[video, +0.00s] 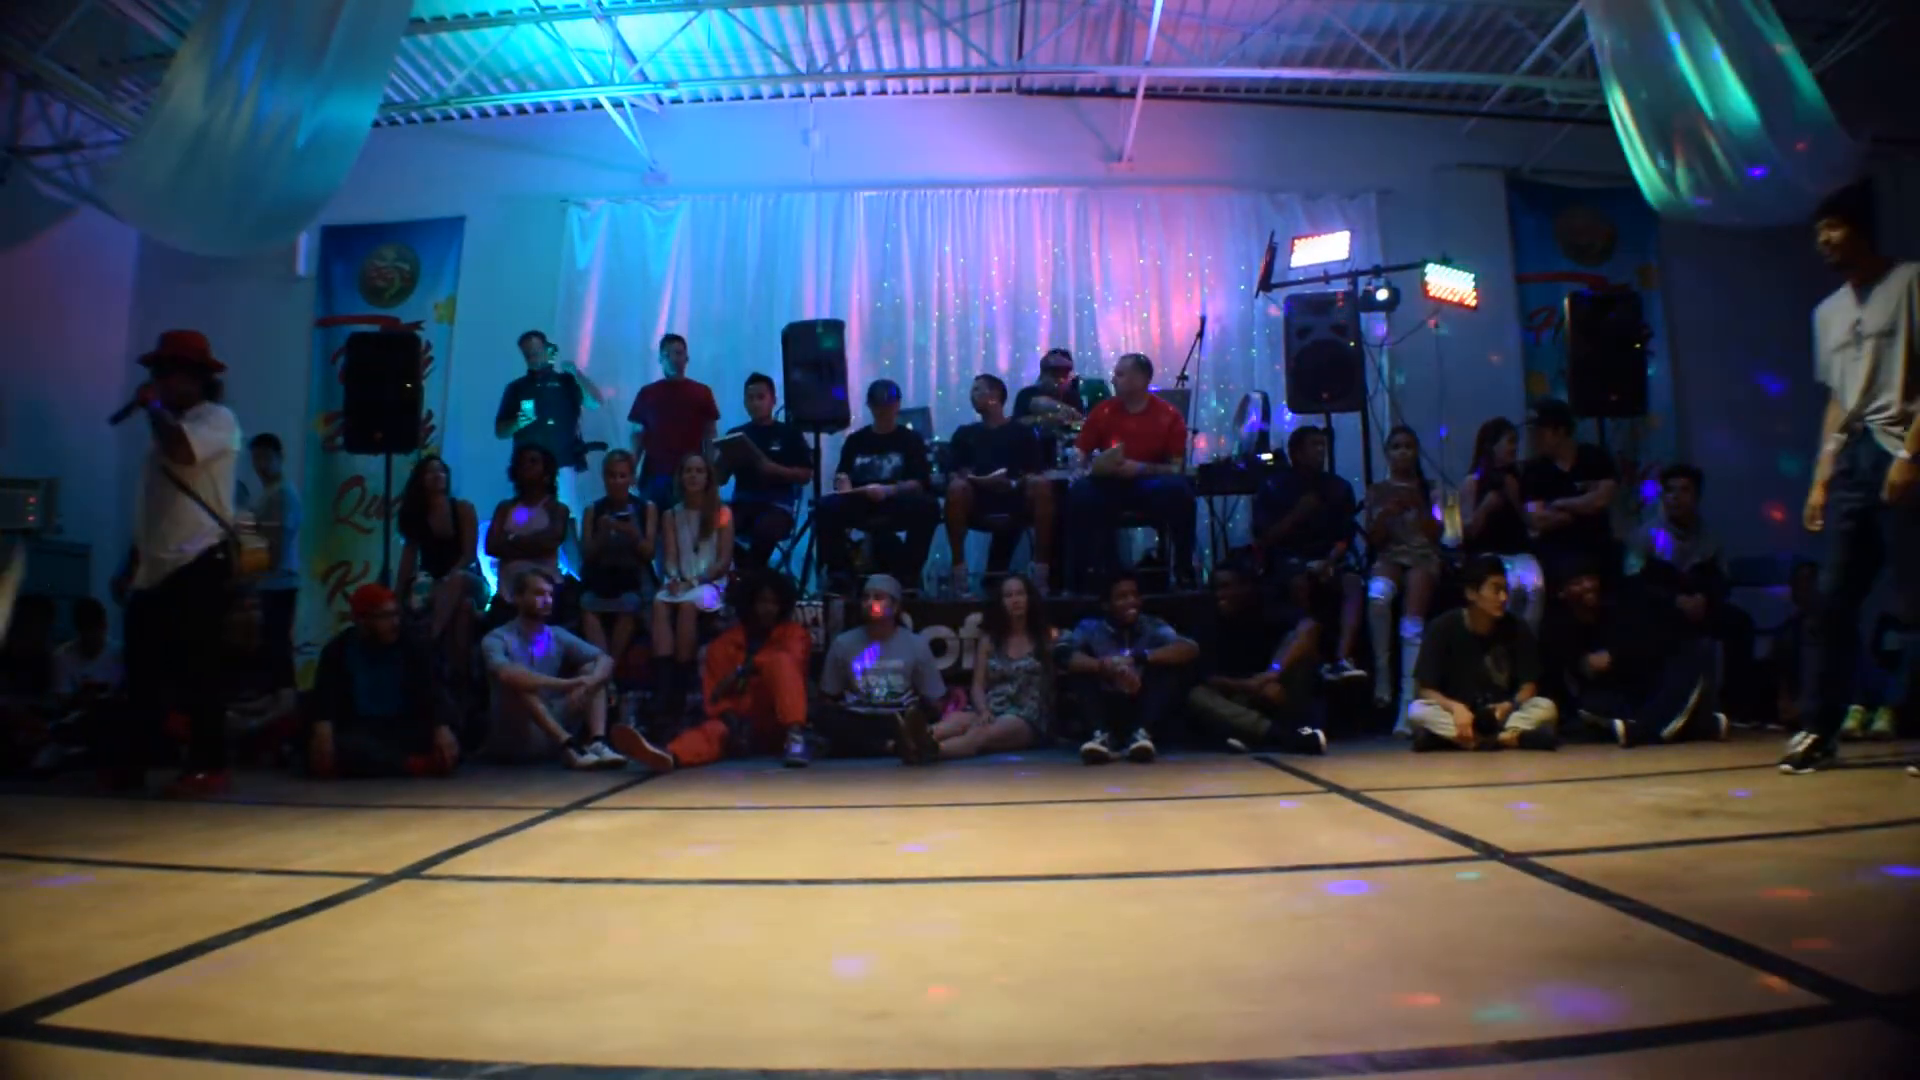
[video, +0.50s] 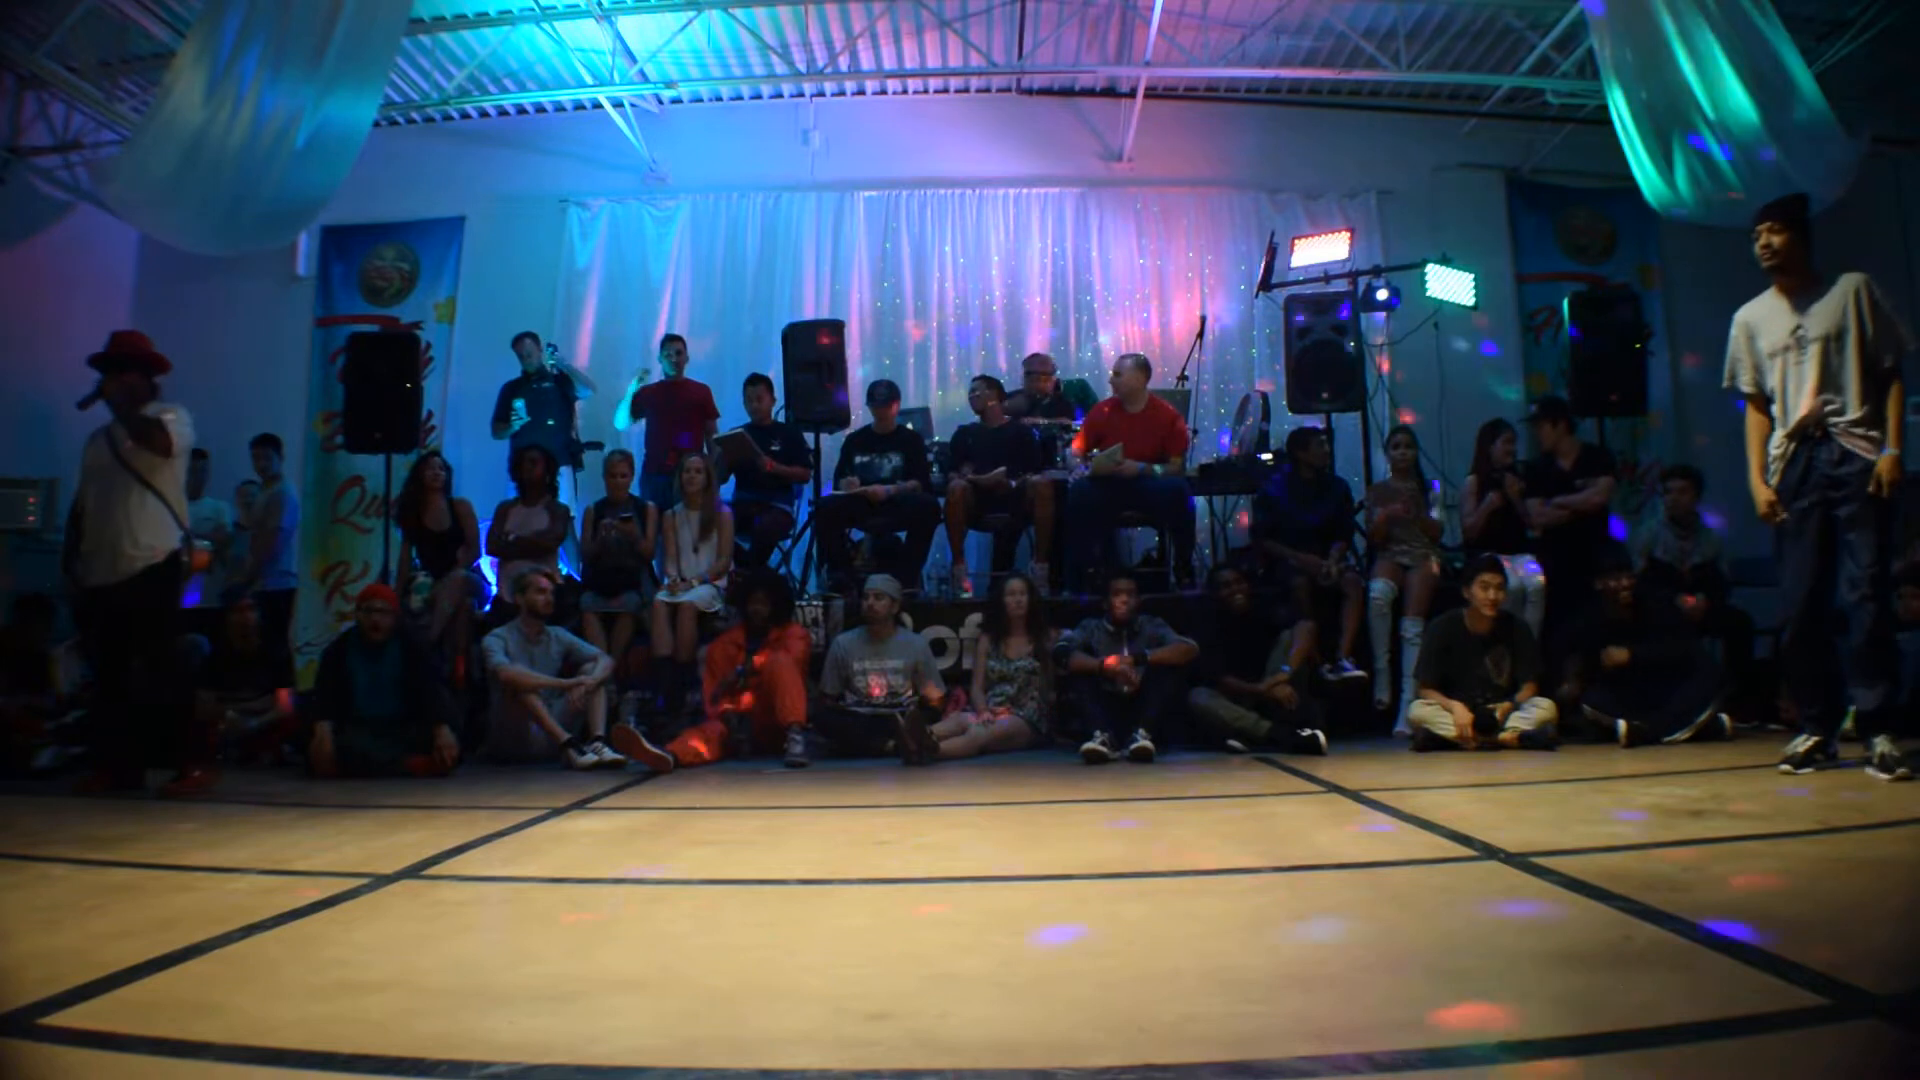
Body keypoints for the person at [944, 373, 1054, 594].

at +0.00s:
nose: (973, 395)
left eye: (979, 391)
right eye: (973, 391)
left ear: (996, 398)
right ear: (972, 400)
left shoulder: (1021, 432)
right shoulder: (965, 433)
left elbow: (1033, 472)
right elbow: (955, 473)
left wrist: (1009, 483)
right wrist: (983, 481)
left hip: (1012, 492)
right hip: (978, 493)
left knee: (1041, 486)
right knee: (957, 488)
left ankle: (1041, 566)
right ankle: (958, 566)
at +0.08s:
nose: (973, 395)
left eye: (978, 391)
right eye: (972, 391)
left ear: (996, 397)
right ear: (972, 401)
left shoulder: (1022, 432)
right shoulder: (964, 434)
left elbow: (1033, 472)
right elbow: (956, 473)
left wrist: (1010, 483)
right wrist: (983, 481)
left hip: (1012, 491)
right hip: (978, 493)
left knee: (1041, 486)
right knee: (957, 488)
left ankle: (1041, 565)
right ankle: (958, 566)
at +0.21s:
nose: (973, 395)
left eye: (979, 390)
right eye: (972, 391)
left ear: (996, 396)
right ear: (971, 401)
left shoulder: (1021, 432)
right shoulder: (964, 434)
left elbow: (1033, 471)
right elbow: (955, 472)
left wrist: (1009, 482)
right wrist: (982, 481)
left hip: (1011, 490)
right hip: (977, 491)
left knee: (1041, 486)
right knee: (957, 488)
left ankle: (1041, 565)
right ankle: (957, 565)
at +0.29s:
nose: (971, 395)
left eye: (976, 390)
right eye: (970, 391)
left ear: (994, 396)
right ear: (971, 402)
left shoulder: (1021, 432)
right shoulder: (964, 433)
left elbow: (1034, 471)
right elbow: (953, 473)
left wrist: (1011, 483)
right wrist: (980, 481)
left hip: (1013, 493)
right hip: (977, 493)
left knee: (1042, 486)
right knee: (957, 489)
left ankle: (1041, 564)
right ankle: (958, 566)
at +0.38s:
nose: (971, 395)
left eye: (976, 390)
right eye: (970, 391)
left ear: (995, 396)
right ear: (970, 402)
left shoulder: (1021, 432)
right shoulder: (964, 434)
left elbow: (1034, 471)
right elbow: (953, 473)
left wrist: (1010, 483)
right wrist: (981, 481)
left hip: (1012, 492)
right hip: (977, 493)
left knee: (1042, 485)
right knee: (957, 489)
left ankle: (1040, 561)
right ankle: (958, 565)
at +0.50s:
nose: (972, 395)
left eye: (978, 391)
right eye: (971, 392)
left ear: (996, 396)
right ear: (970, 401)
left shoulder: (1021, 431)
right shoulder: (965, 433)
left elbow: (1033, 471)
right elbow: (953, 474)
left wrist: (1010, 483)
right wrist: (982, 480)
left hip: (1012, 493)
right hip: (977, 494)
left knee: (1042, 485)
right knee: (957, 489)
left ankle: (1040, 564)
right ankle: (958, 566)